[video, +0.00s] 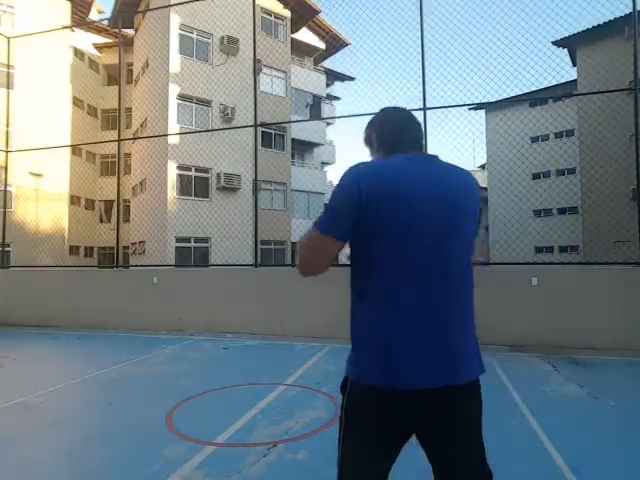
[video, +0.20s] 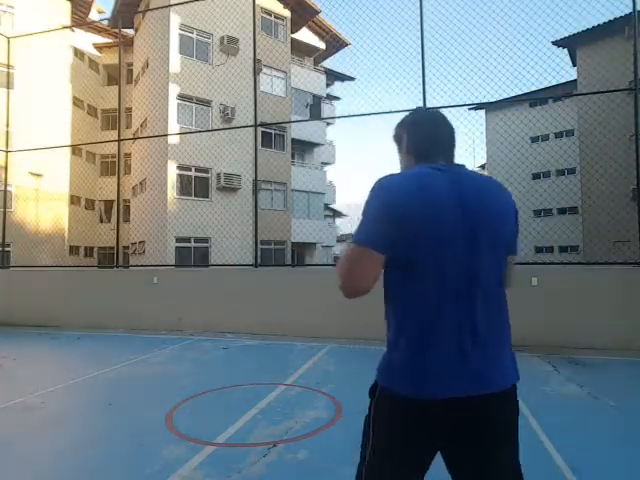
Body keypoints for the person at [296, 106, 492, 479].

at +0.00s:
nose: (369, 152)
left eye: (368, 145)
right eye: (367, 146)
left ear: (375, 142)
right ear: (419, 141)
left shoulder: (363, 178)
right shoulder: (465, 183)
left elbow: (309, 263)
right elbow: (460, 255)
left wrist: (338, 222)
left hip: (380, 380)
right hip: (455, 378)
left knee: (359, 474)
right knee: (468, 473)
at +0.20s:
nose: (398, 156)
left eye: (397, 147)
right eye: (397, 148)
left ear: (405, 146)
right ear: (451, 147)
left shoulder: (393, 191)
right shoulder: (498, 194)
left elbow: (354, 282)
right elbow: (501, 274)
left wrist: (347, 253)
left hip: (410, 394)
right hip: (490, 393)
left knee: (383, 473)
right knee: (499, 474)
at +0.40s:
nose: (418, 144)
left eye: (418, 135)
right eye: (418, 135)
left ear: (428, 132)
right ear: (473, 134)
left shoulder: (417, 179)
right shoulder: (521, 181)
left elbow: (375, 267)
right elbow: (529, 256)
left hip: (432, 381)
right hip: (512, 381)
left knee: (411, 473)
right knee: (519, 474)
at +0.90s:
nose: (416, 161)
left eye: (416, 152)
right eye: (416, 152)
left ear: (424, 153)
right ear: (466, 156)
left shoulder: (400, 194)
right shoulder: (497, 210)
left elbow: (356, 269)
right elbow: (480, 269)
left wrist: (388, 229)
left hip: (404, 383)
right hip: (475, 385)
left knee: (371, 473)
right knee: (488, 474)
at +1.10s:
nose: (372, 167)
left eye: (373, 160)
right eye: (373, 160)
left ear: (380, 163)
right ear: (416, 164)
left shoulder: (360, 208)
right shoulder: (443, 214)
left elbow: (323, 276)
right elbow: (434, 266)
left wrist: (346, 245)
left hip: (367, 374)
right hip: (430, 373)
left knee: (339, 470)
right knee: (445, 471)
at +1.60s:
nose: (349, 188)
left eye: (350, 183)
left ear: (352, 186)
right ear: (389, 191)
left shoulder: (325, 216)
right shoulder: (406, 227)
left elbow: (297, 279)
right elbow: (400, 290)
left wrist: (329, 261)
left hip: (325, 354)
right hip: (378, 357)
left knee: (297, 427)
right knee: (391, 452)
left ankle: (295, 477)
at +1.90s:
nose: (343, 199)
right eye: (345, 194)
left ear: (310, 193)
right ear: (343, 196)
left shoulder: (283, 223)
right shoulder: (355, 231)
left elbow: (266, 276)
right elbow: (350, 278)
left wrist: (297, 255)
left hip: (285, 352)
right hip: (335, 354)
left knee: (270, 432)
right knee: (355, 438)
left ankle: (259, 476)